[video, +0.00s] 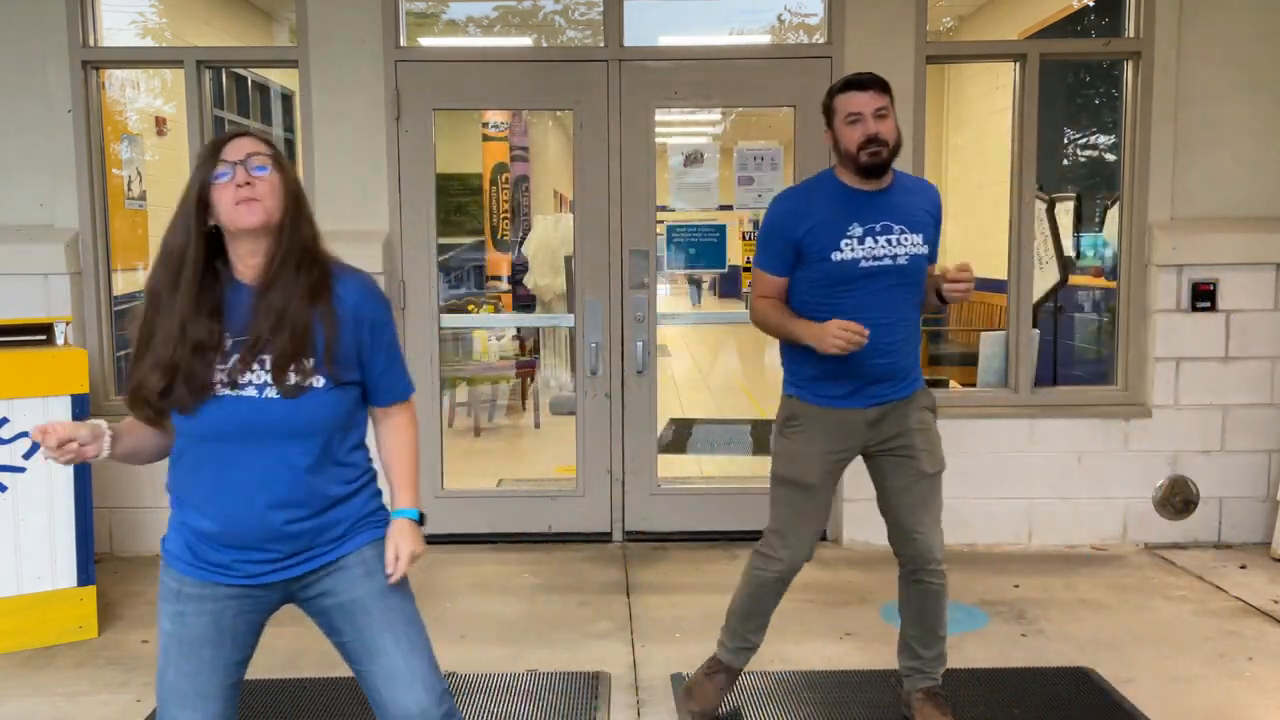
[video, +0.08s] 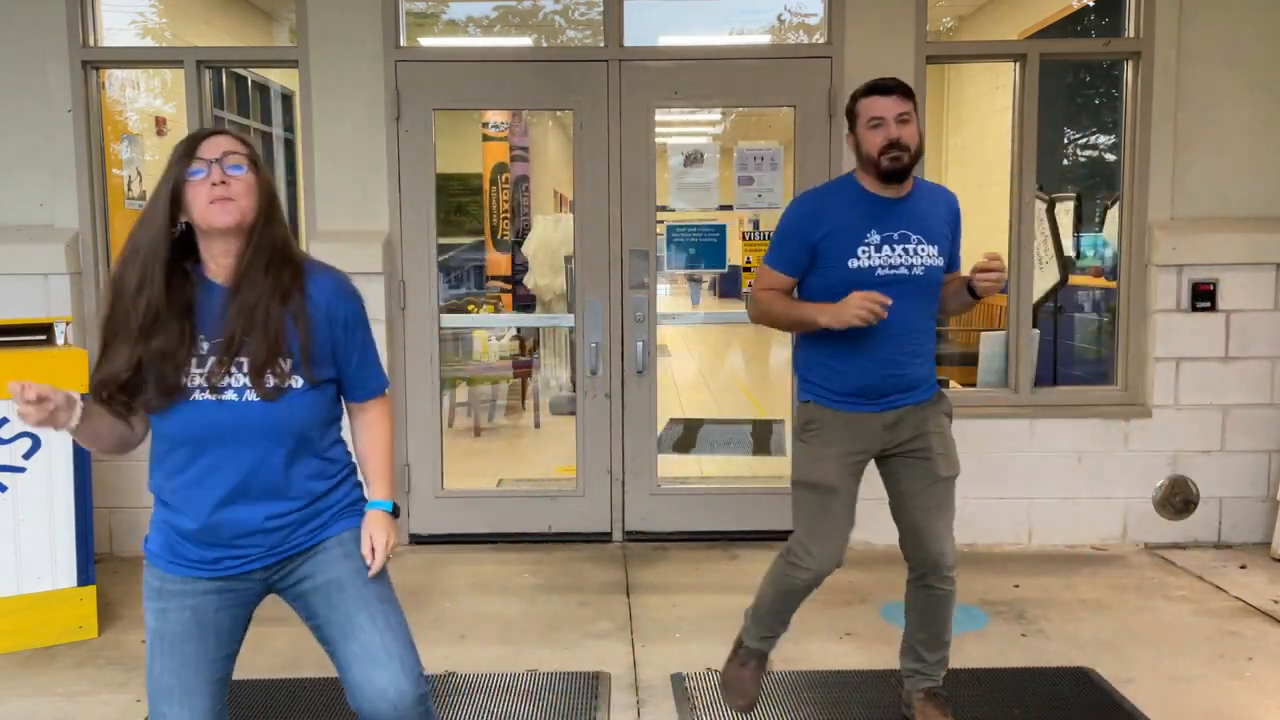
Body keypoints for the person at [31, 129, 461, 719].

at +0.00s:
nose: (243, 178)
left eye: (259, 166)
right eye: (225, 171)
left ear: (288, 191)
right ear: (207, 204)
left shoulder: (350, 297)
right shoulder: (183, 303)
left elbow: (393, 408)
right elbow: (162, 428)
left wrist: (406, 513)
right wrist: (103, 439)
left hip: (342, 547)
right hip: (210, 559)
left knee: (419, 707)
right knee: (188, 713)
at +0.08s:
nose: (218, 176)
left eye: (235, 165)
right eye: (199, 169)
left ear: (262, 191)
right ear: (179, 202)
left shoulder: (322, 293)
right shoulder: (155, 300)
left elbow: (368, 400)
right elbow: (124, 429)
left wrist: (380, 503)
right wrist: (74, 414)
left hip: (321, 533)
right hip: (194, 551)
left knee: (396, 698)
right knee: (180, 713)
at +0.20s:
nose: (195, 165)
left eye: (211, 152)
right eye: (176, 156)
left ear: (237, 176)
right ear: (154, 187)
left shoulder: (299, 273)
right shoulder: (134, 288)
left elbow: (357, 375)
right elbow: (80, 417)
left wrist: (384, 478)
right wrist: (36, 354)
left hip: (306, 516)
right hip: (181, 537)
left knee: (356, 688)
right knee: (188, 711)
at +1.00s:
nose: (277, 165)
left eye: (293, 149)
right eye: (258, 156)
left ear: (325, 171)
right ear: (239, 189)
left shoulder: (364, 278)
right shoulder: (211, 273)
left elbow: (350, 381)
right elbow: (127, 373)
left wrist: (360, 462)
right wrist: (24, 393)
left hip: (321, 526)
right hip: (205, 538)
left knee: (396, 689)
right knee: (196, 709)